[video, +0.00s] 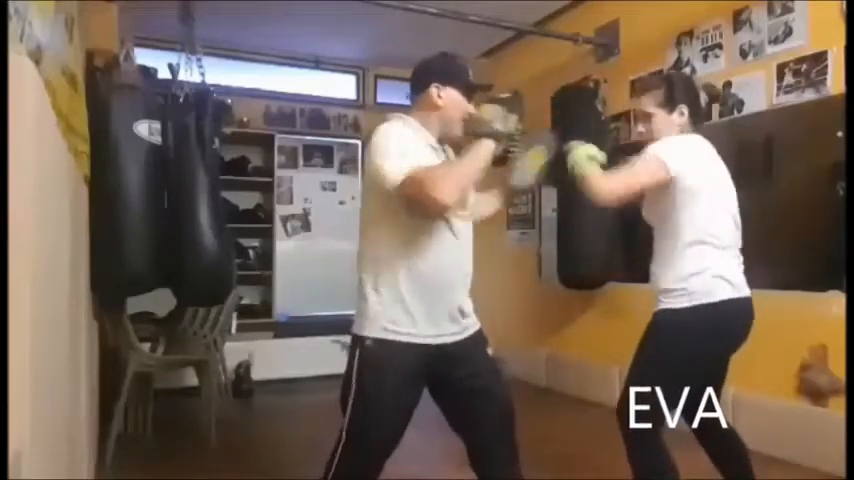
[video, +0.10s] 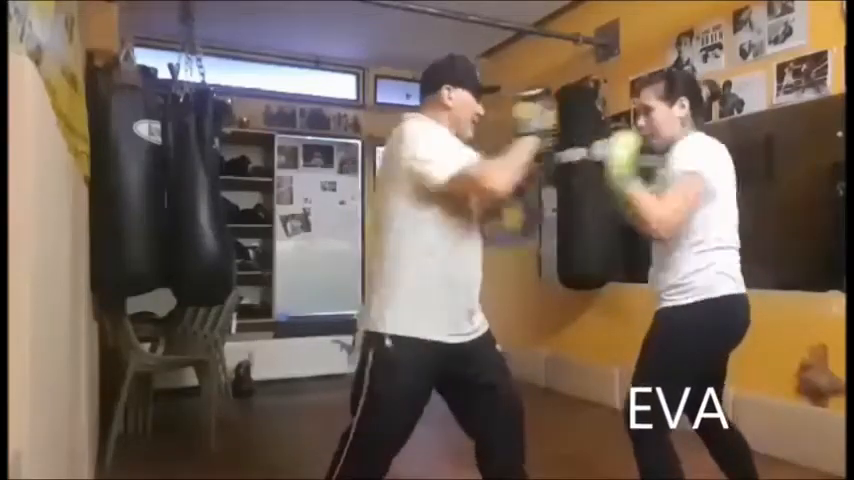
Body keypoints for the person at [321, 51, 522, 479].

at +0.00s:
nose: (472, 109)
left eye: (471, 99)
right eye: (465, 96)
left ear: (439, 96)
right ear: (437, 94)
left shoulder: (444, 152)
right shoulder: (392, 135)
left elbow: (463, 206)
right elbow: (435, 195)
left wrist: (508, 184)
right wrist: (488, 142)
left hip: (456, 333)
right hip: (391, 338)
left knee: (496, 436)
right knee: (360, 458)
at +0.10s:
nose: (481, 110)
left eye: (480, 100)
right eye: (475, 98)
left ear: (448, 97)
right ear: (447, 94)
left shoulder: (450, 145)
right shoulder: (415, 133)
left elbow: (473, 204)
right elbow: (492, 181)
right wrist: (529, 139)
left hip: (462, 328)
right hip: (403, 331)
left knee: (503, 427)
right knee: (367, 452)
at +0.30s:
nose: (507, 92)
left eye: (506, 83)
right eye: (499, 80)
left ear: (473, 87)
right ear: (472, 85)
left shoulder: (492, 147)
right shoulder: (434, 125)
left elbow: (522, 189)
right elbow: (470, 180)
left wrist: (580, 185)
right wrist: (519, 120)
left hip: (487, 322)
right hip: (421, 318)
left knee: (513, 438)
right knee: (371, 445)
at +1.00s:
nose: (451, 104)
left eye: (451, 95)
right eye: (444, 92)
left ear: (414, 93)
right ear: (415, 90)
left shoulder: (427, 144)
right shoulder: (383, 136)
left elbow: (491, 172)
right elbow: (458, 169)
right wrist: (487, 111)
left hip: (450, 324)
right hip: (392, 329)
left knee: (493, 427)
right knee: (363, 449)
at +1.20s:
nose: (454, 100)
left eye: (454, 91)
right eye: (447, 88)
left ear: (422, 91)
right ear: (418, 88)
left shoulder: (449, 149)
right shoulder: (373, 137)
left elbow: (503, 175)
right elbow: (402, 192)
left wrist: (551, 153)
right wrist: (458, 136)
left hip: (447, 327)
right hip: (381, 331)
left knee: (485, 448)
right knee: (354, 457)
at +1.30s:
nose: (467, 106)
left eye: (468, 98)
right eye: (461, 94)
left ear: (436, 93)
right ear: (433, 91)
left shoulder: (446, 151)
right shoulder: (382, 137)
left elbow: (468, 198)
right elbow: (403, 198)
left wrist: (527, 180)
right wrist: (461, 151)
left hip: (449, 327)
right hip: (383, 331)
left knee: (487, 447)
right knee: (353, 457)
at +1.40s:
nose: (480, 118)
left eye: (482, 109)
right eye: (476, 106)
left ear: (449, 101)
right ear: (450, 97)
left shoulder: (450, 155)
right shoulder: (402, 134)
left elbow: (471, 214)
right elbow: (441, 188)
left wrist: (495, 192)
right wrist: (493, 143)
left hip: (455, 328)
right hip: (393, 330)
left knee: (491, 439)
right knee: (361, 453)